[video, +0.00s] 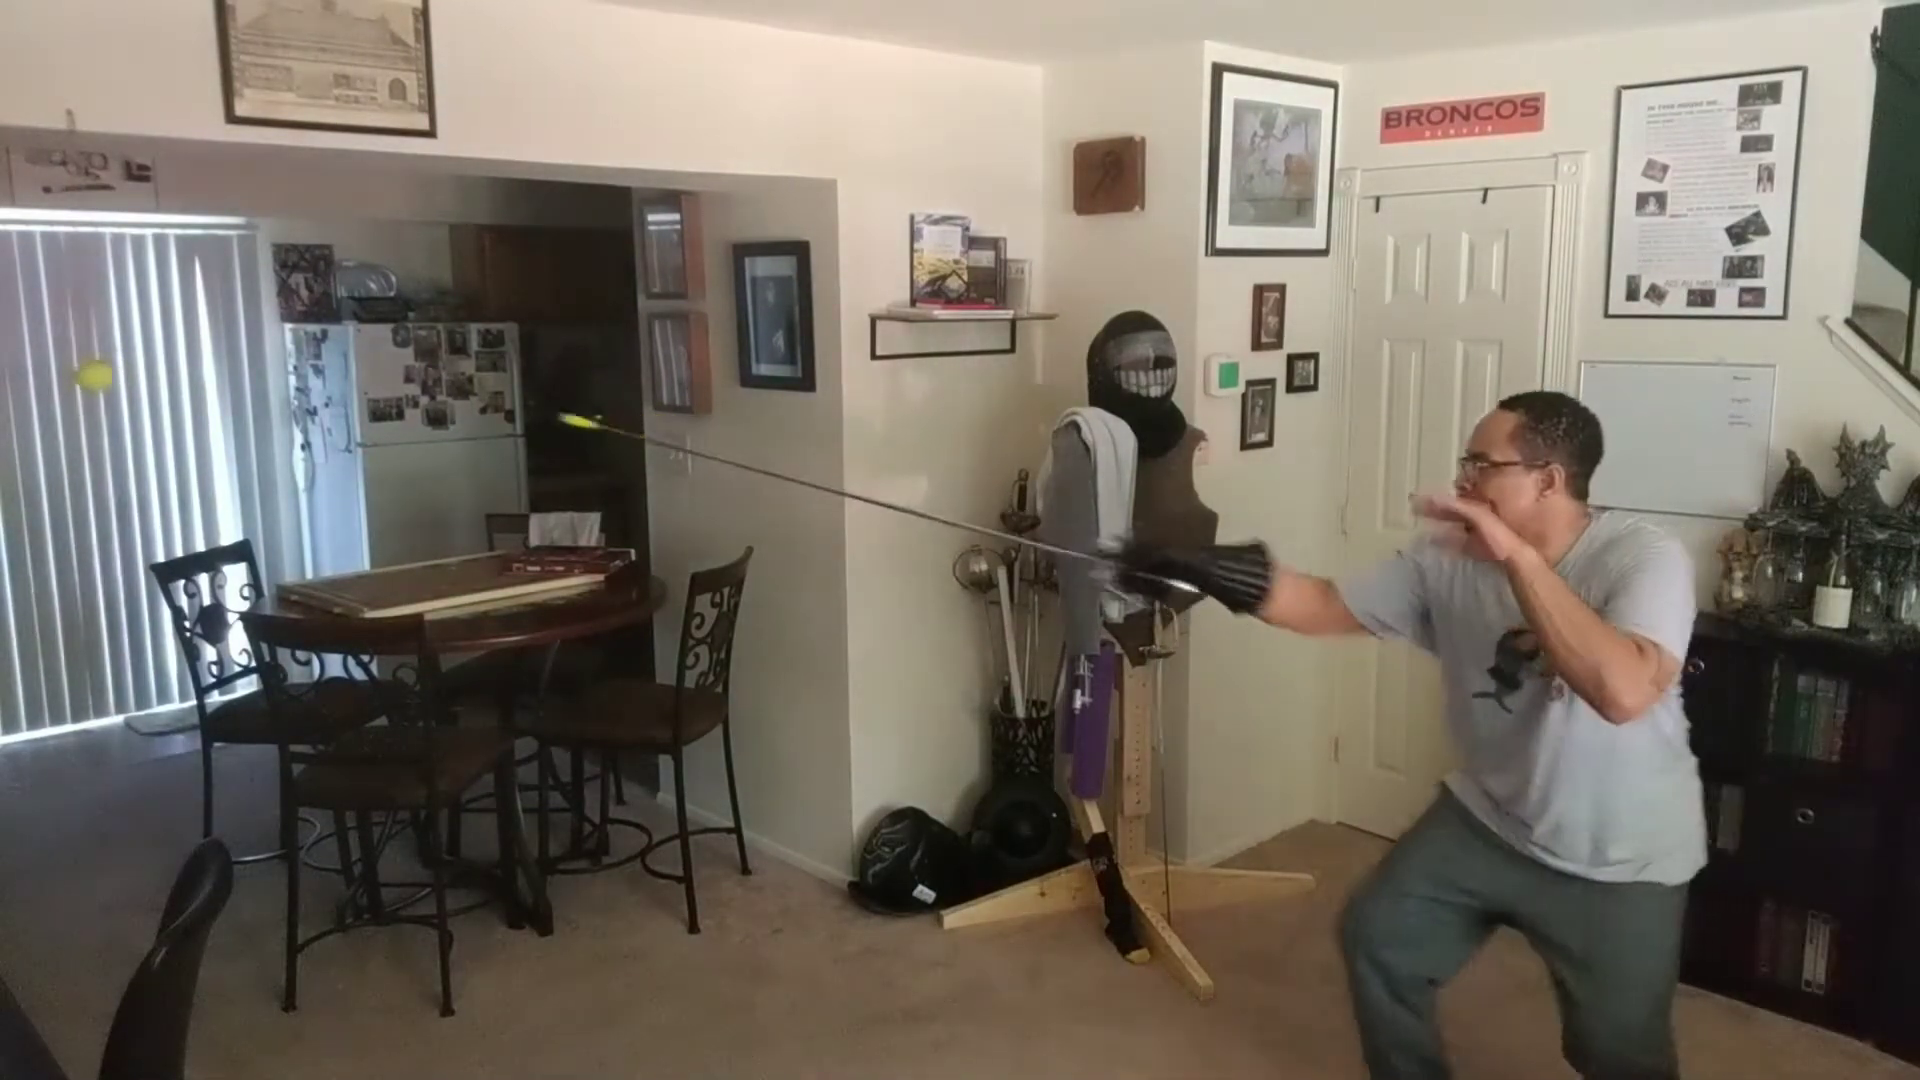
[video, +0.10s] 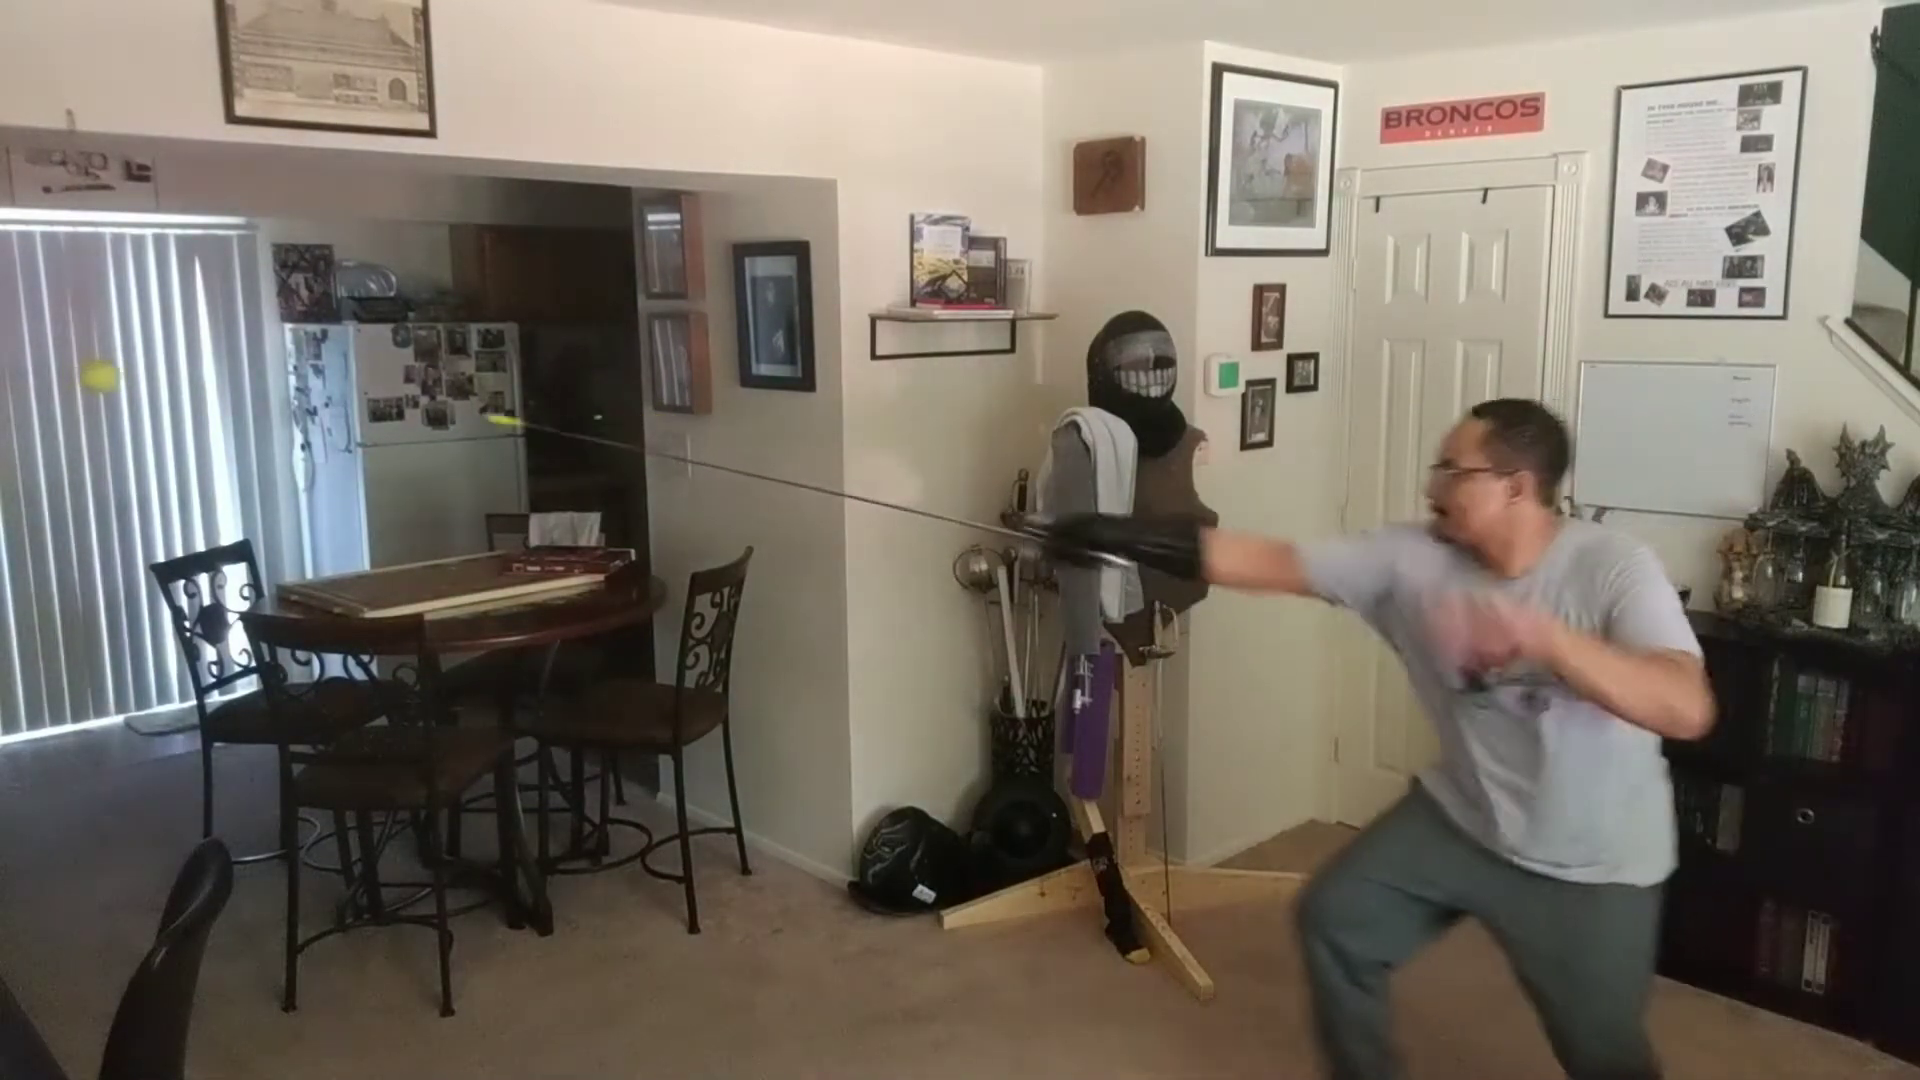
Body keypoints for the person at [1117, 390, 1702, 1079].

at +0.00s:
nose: (1463, 482)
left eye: (1483, 467)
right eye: (1466, 464)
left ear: (1547, 481)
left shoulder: (1647, 560)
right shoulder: (1449, 561)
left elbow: (1626, 690)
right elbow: (1324, 605)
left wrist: (1520, 556)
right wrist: (1202, 564)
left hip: (1621, 867)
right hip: (1487, 821)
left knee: (1622, 1055)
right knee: (1379, 938)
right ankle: (1412, 1071)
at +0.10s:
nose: (1433, 489)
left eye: (1455, 472)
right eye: (1438, 471)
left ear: (1520, 485)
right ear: (1510, 481)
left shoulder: (1612, 567)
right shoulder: (1412, 561)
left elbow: (1688, 706)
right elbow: (1275, 562)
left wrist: (1550, 642)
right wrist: (1136, 535)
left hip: (1594, 866)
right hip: (1458, 823)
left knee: (1607, 1056)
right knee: (1335, 921)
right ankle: (1366, 1071)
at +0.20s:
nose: (1380, 495)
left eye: (1400, 481)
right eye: (1384, 479)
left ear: (1466, 495)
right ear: (1430, 494)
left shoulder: (1566, 577)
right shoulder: (1358, 563)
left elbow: (1695, 683)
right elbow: (1218, 538)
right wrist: (1062, 516)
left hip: (1551, 867)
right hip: (1416, 822)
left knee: (1582, 1052)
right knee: (1278, 918)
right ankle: (1262, 1070)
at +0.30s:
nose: (1312, 506)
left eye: (1332, 493)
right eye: (1314, 490)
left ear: (1398, 509)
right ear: (1330, 505)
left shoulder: (1509, 590)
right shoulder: (1289, 572)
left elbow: (1652, 666)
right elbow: (1144, 541)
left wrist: (1778, 756)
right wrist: (1015, 514)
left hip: (1494, 881)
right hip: (1351, 828)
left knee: (1552, 1050)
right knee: (1213, 919)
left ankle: (1587, 1078)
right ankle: (1137, 1070)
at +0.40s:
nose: (1221, 518)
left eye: (1241, 504)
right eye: (1224, 501)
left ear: (1298, 514)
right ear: (1245, 511)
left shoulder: (1407, 597)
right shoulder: (1205, 576)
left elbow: (1566, 653)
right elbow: (1071, 549)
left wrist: (1719, 713)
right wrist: (956, 521)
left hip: (1417, 887)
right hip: (1274, 846)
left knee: (1513, 1041)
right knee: (1133, 954)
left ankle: (1578, 1076)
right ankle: (1048, 1075)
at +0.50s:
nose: (1113, 530)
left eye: (1134, 517)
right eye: (1114, 515)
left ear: (1188, 531)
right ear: (1125, 529)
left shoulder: (1282, 614)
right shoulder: (1090, 592)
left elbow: (1438, 655)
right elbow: (949, 554)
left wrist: (1583, 699)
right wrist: (817, 525)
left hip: (1327, 886)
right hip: (1181, 857)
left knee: (1463, 1027)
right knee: (1050, 935)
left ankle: (1542, 1070)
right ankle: (999, 1075)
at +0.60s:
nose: (1008, 539)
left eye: (1029, 528)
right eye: (1013, 522)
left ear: (1086, 546)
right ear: (1031, 537)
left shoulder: (1184, 627)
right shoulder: (989, 602)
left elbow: (1329, 669)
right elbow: (853, 566)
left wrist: (1477, 715)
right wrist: (710, 533)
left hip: (1251, 869)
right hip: (1101, 854)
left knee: (1375, 1006)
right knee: (974, 945)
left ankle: (1478, 1068)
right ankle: (974, 1074)